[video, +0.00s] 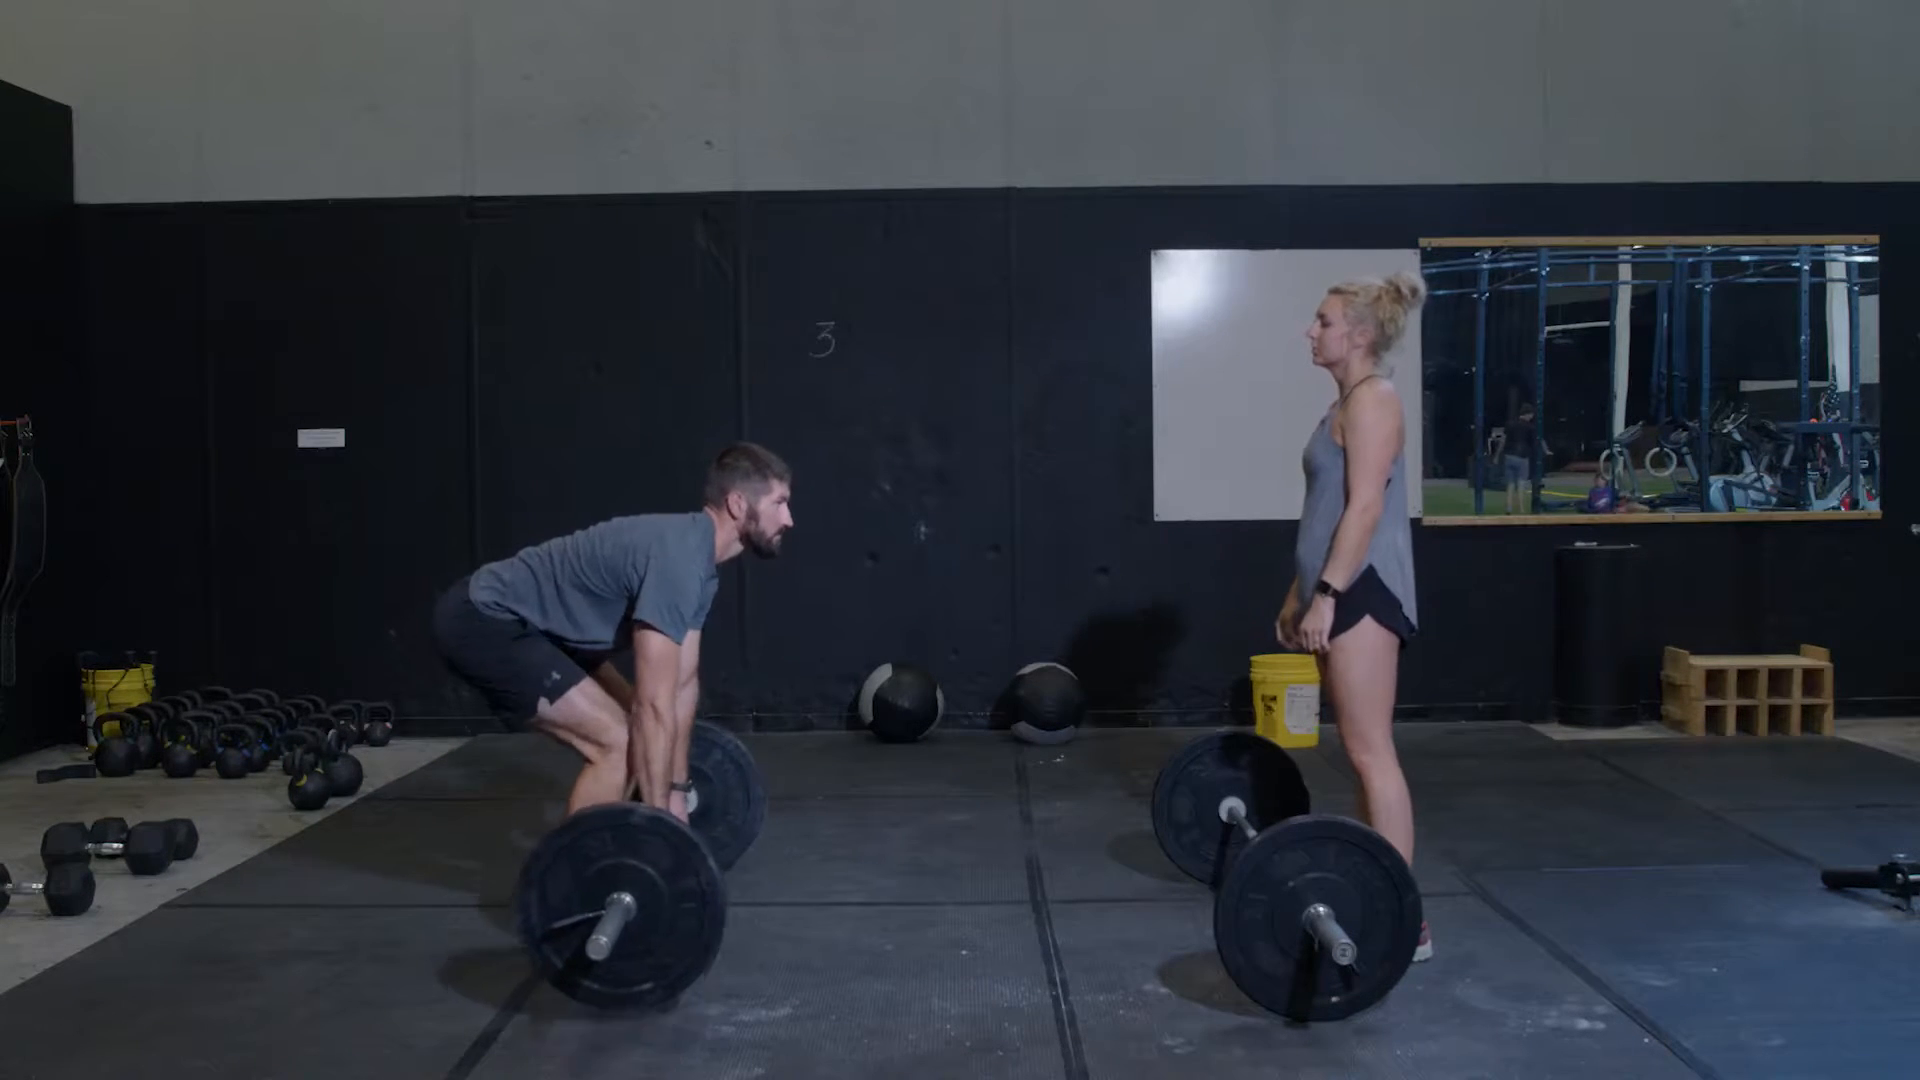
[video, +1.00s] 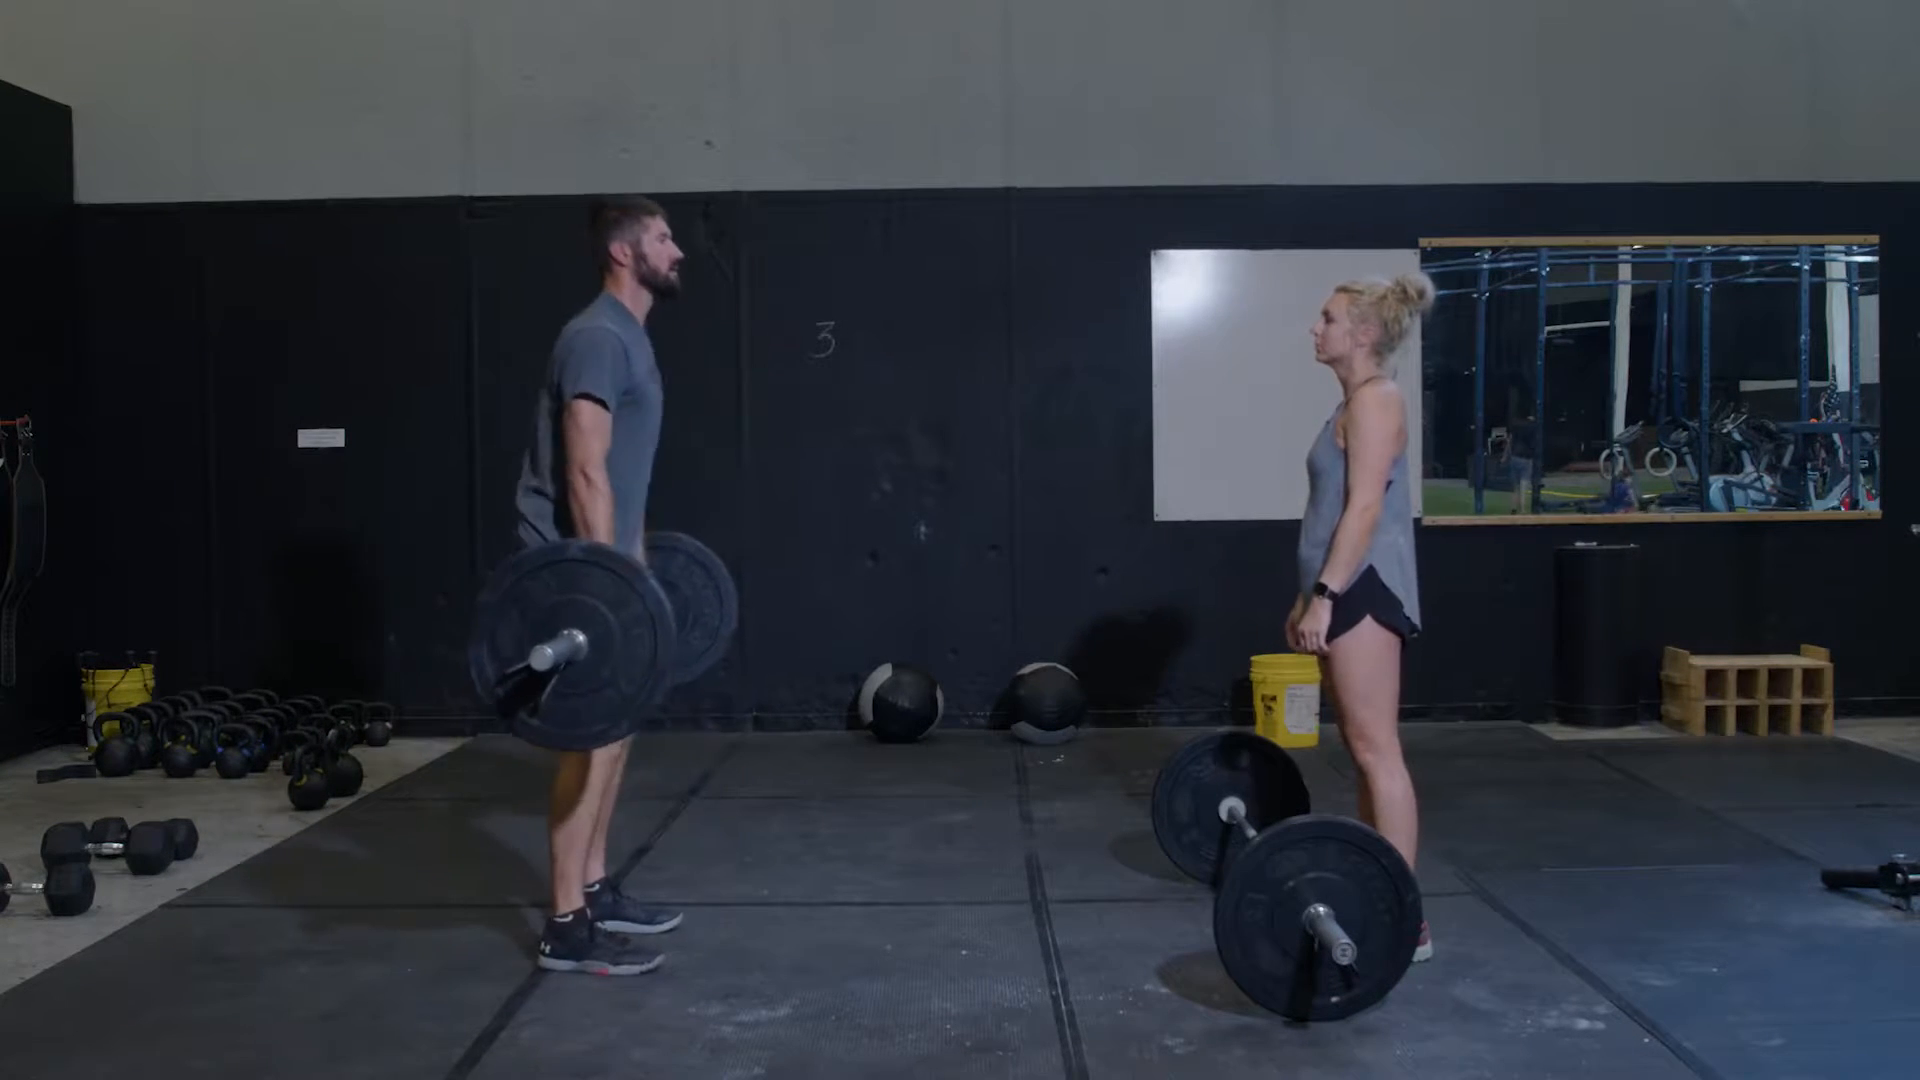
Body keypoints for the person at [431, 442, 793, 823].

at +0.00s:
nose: (790, 520)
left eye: (788, 505)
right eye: (780, 504)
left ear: (738, 506)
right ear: (736, 504)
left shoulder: (700, 567)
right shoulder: (679, 557)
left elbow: (684, 685)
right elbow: (652, 708)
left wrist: (675, 792)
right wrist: (655, 818)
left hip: (529, 620)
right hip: (485, 618)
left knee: (644, 721)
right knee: (616, 745)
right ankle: (575, 889)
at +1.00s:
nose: (677, 253)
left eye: (673, 240)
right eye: (664, 241)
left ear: (633, 255)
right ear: (624, 254)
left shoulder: (629, 338)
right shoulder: (597, 339)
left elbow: (614, 473)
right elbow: (583, 474)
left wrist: (640, 570)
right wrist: (604, 588)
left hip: (610, 558)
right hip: (575, 562)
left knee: (616, 725)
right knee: (590, 730)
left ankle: (590, 891)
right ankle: (566, 923)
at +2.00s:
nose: (657, 296)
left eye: (656, 283)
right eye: (640, 286)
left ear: (659, 292)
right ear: (605, 300)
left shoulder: (652, 379)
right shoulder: (601, 378)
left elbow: (725, 465)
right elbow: (670, 485)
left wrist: (685, 358)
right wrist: (650, 367)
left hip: (595, 589)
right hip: (553, 584)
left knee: (657, 729)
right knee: (636, 746)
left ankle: (593, 892)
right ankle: (568, 925)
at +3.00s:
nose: (655, 218)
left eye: (656, 210)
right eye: (638, 210)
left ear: (648, 235)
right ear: (614, 230)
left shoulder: (648, 296)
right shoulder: (612, 295)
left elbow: (656, 195)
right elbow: (623, 183)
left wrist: (661, 106)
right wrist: (618, 84)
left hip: (641, 536)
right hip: (607, 537)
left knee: (619, 718)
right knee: (587, 723)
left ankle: (594, 890)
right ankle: (565, 921)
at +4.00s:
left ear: (619, 294)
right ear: (603, 295)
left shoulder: (637, 355)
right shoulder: (590, 345)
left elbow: (722, 404)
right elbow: (666, 419)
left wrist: (680, 321)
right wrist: (640, 333)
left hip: (606, 556)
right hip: (567, 553)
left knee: (620, 722)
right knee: (595, 734)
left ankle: (592, 892)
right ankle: (564, 923)